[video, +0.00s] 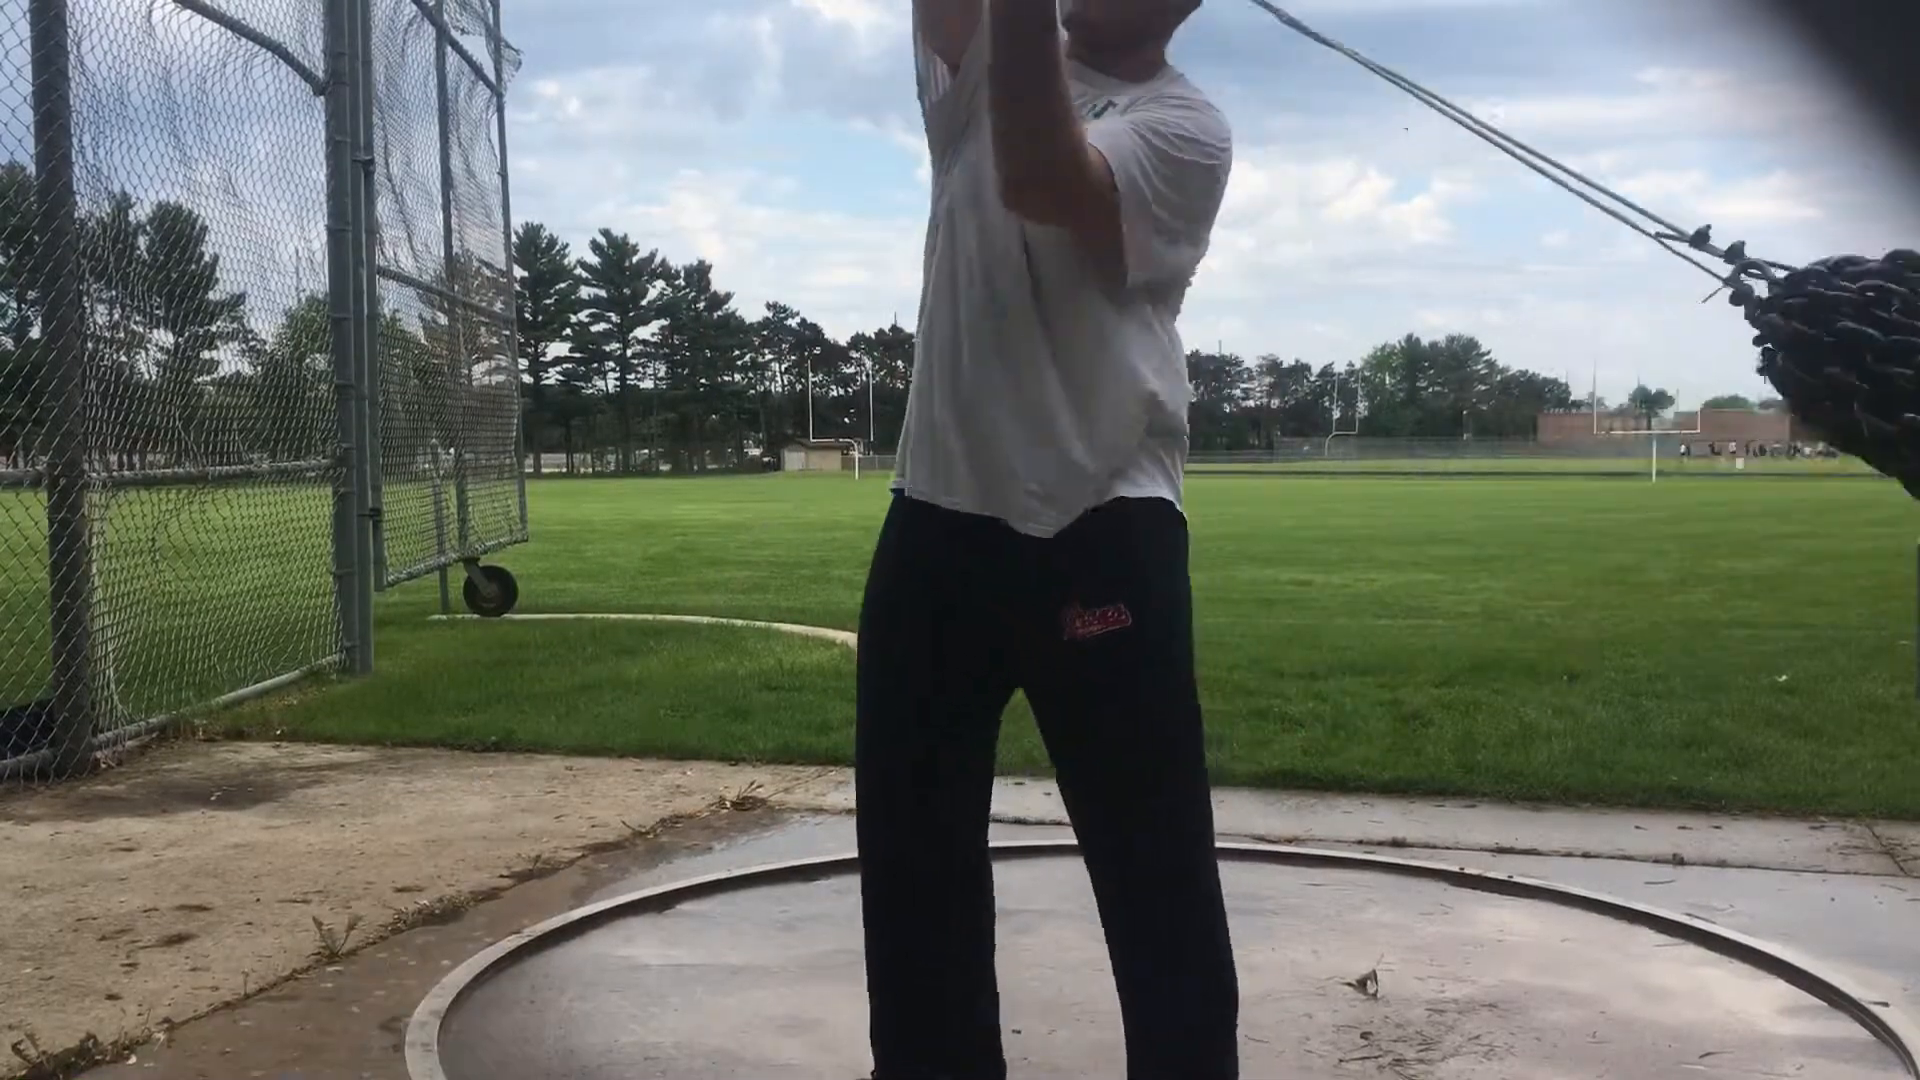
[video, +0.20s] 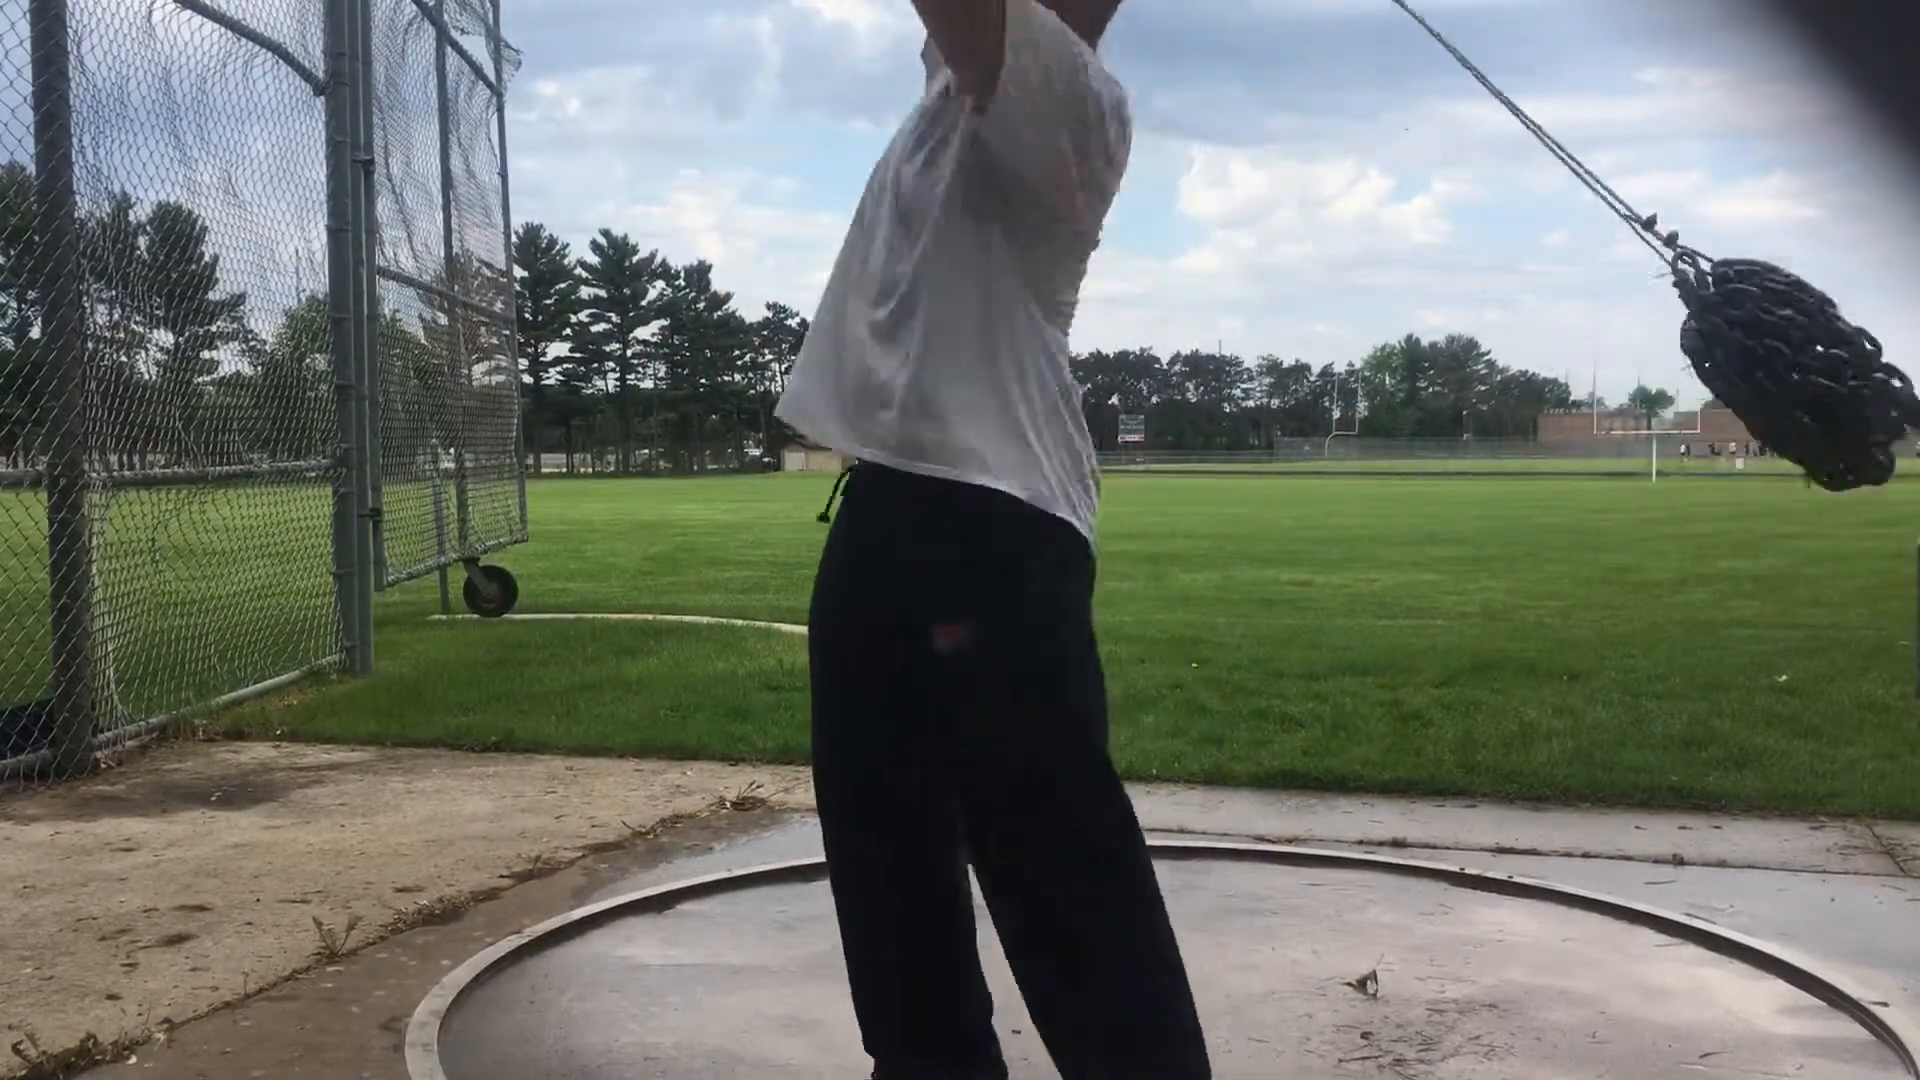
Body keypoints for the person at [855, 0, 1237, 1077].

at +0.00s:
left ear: (1184, 6)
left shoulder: (1186, 130)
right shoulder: (983, 73)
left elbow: (1038, 179)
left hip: (1103, 530)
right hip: (937, 520)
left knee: (1157, 900)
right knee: (916, 899)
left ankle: (1186, 1068)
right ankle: (932, 1071)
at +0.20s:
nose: (977, 12)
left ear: (1061, 1)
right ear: (1095, 7)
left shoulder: (1069, 96)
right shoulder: (968, 90)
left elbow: (951, 8)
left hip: (992, 511)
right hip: (884, 502)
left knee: (1060, 867)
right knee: (888, 867)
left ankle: (1140, 1059)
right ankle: (930, 1059)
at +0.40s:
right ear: (1052, 18)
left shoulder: (932, 37)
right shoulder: (1055, 123)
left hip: (901, 472)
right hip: (970, 483)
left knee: (967, 828)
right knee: (889, 837)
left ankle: (1144, 1063)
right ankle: (930, 1061)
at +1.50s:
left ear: (1234, 8)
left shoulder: (1247, 145)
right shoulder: (1031, 106)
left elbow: (1121, 293)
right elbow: (918, 212)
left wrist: (903, 339)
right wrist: (834, 302)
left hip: (1160, 540)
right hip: (987, 516)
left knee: (1160, 872)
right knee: (849, 770)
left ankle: (1179, 1072)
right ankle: (842, 1056)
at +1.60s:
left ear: (1203, 20)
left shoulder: (1211, 180)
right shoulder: (992, 108)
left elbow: (1111, 327)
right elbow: (875, 200)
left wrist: (921, 329)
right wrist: (861, 297)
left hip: (1121, 553)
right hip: (945, 533)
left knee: (1147, 879)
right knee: (831, 828)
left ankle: (1181, 1075)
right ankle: (782, 1061)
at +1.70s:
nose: (1035, 8)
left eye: (1077, 2)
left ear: (1142, 41)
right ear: (1019, 9)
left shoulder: (1145, 207)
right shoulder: (947, 108)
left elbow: (1043, 343)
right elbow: (842, 151)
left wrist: (954, 302)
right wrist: (887, 207)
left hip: (1058, 568)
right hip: (885, 548)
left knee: (1118, 873)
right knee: (798, 826)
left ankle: (1178, 1072)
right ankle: (795, 1068)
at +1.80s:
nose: (972, 8)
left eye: (1013, 1)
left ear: (1080, 40)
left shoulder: (1060, 209)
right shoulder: (868, 122)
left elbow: (920, 326)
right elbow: (804, 52)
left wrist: (889, 180)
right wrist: (915, 70)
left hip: (989, 557)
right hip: (826, 550)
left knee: (1065, 886)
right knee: (760, 847)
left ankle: (1154, 1071)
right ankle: (789, 1069)